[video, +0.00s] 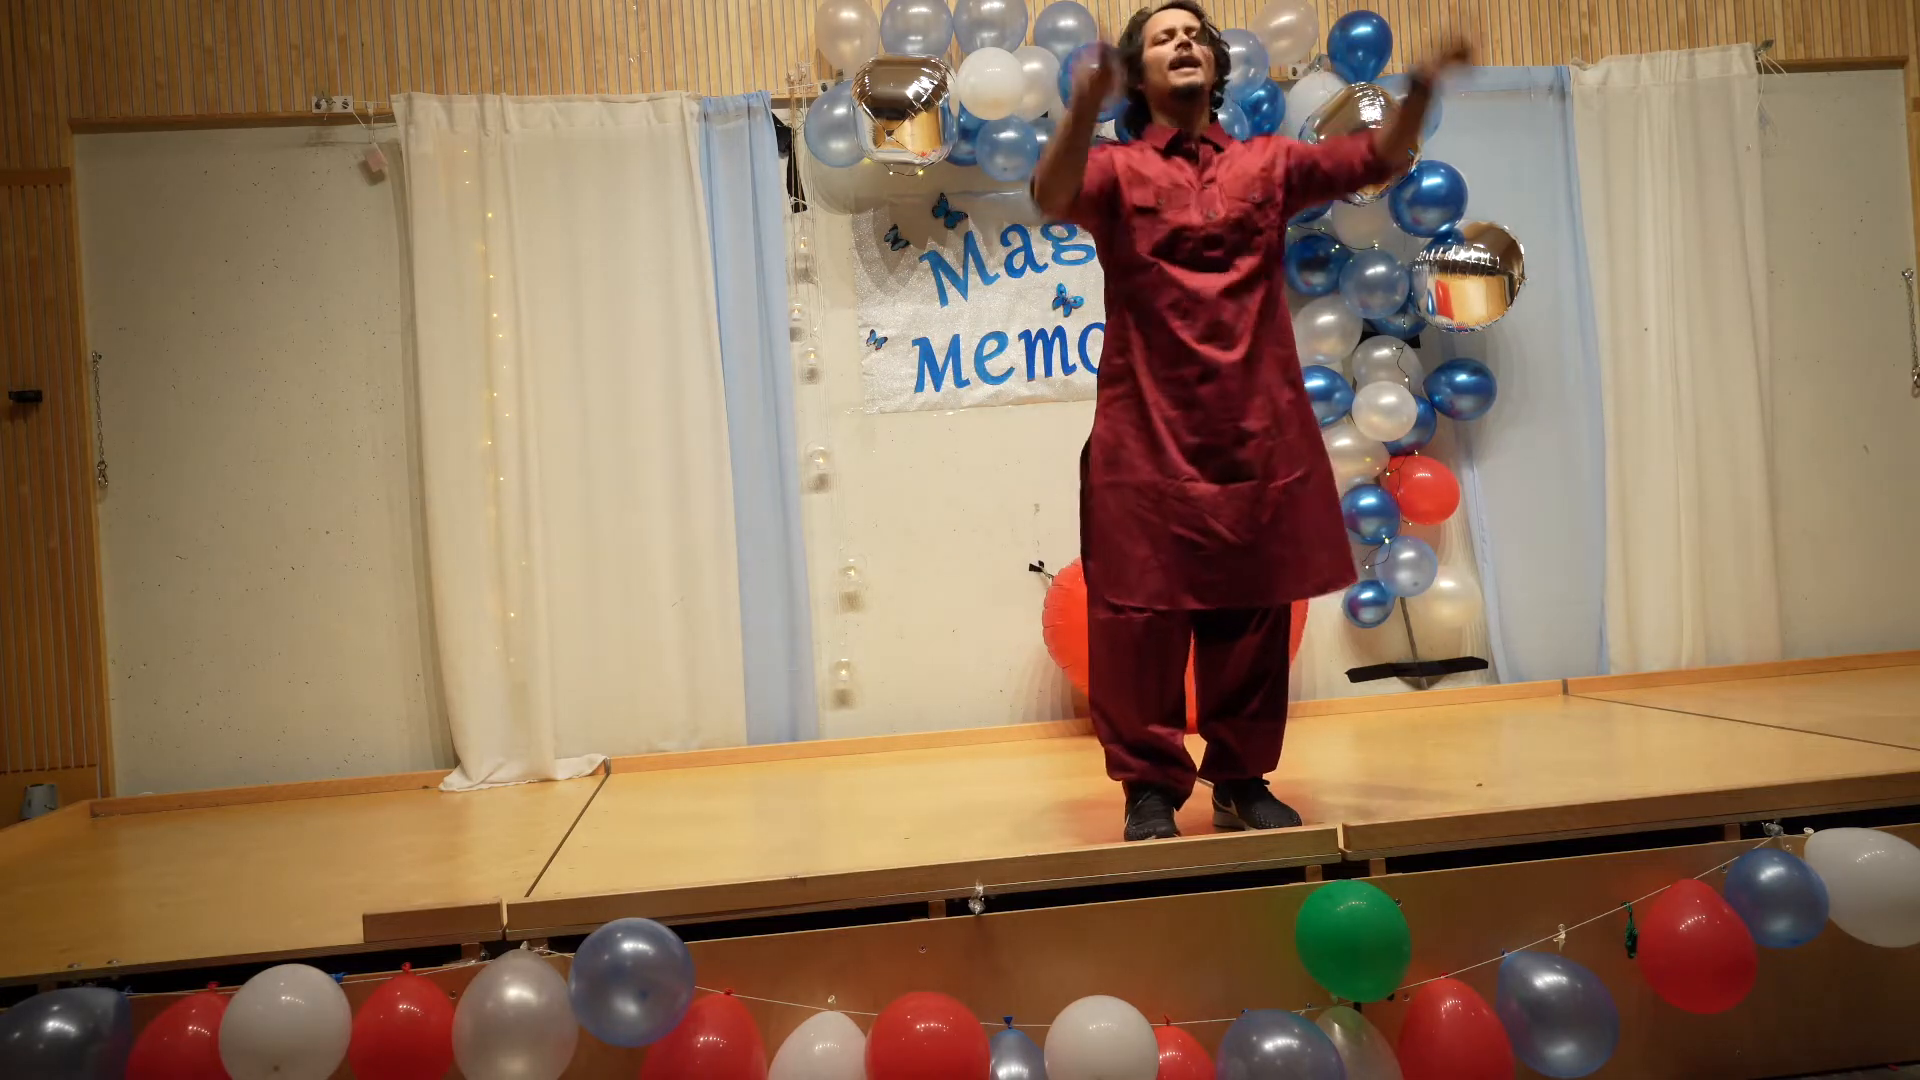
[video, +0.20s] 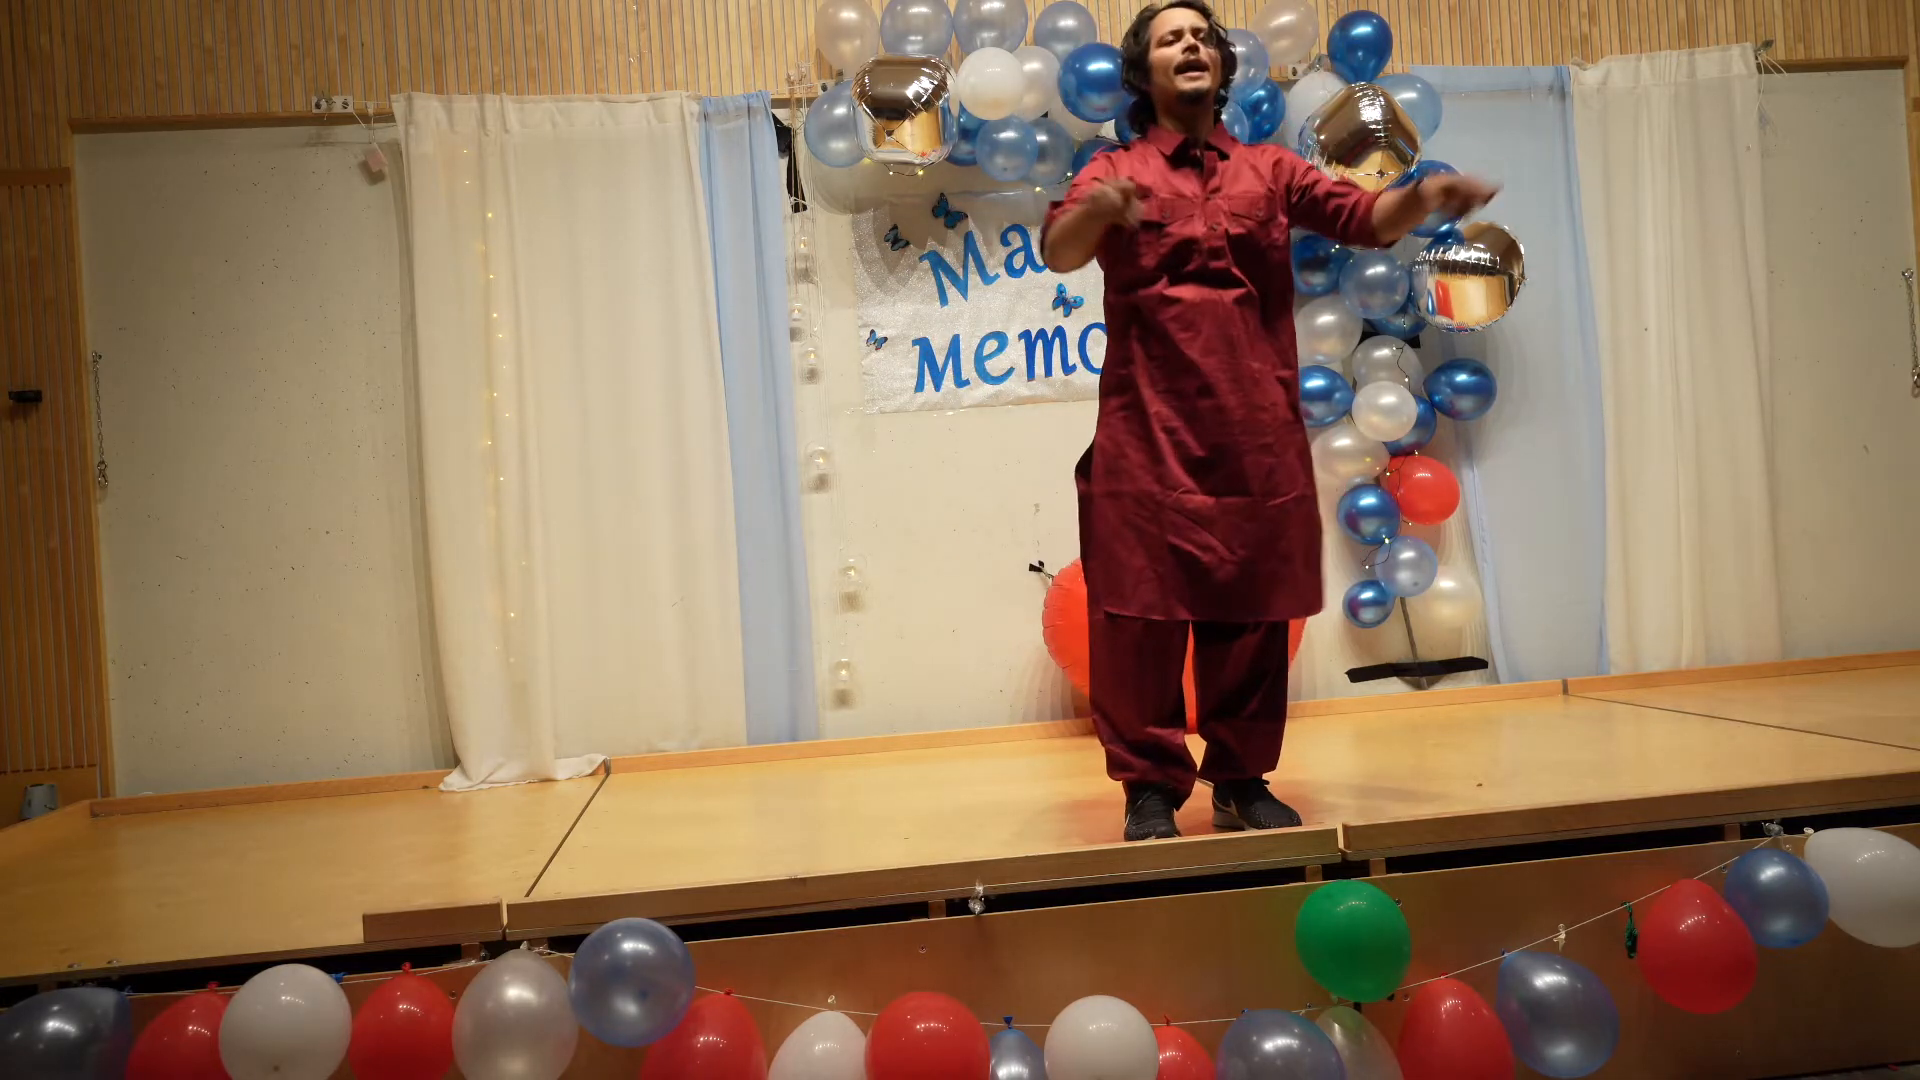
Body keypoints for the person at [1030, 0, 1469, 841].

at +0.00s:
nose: (1184, 45)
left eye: (1197, 36)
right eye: (1163, 38)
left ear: (1218, 67)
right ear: (1135, 73)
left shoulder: (1265, 159)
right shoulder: (1113, 164)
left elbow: (1380, 158)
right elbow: (1051, 195)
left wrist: (1422, 87)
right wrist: (1084, 104)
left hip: (1253, 422)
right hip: (1147, 423)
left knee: (1253, 612)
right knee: (1141, 613)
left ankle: (1243, 784)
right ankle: (1150, 791)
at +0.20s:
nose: (1192, 48)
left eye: (1205, 38)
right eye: (1171, 39)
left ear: (1226, 66)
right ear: (1140, 73)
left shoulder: (1270, 165)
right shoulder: (1112, 167)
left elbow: (1368, 220)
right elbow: (1056, 253)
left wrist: (1422, 195)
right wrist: (1099, 209)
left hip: (1256, 429)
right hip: (1149, 431)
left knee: (1251, 613)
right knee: (1140, 613)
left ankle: (1241, 783)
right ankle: (1150, 791)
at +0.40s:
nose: (1197, 50)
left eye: (1209, 40)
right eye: (1177, 41)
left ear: (1227, 66)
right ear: (1145, 71)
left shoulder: (1269, 164)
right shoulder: (1121, 165)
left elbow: (1339, 233)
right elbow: (1090, 252)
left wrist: (1367, 213)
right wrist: (1159, 213)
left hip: (1255, 420)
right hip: (1149, 421)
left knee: (1253, 604)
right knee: (1143, 607)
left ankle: (1242, 783)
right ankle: (1152, 789)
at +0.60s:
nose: (1199, 50)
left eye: (1210, 40)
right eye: (1178, 41)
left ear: (1231, 68)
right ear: (1146, 75)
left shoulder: (1268, 163)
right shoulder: (1120, 170)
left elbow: (1335, 242)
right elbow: (1113, 254)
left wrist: (1307, 208)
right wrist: (1199, 212)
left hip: (1258, 425)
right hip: (1153, 427)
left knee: (1252, 606)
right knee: (1143, 609)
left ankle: (1242, 785)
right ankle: (1150, 791)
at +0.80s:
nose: (1198, 51)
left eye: (1210, 41)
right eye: (1177, 43)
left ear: (1231, 69)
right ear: (1146, 76)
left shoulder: (1268, 162)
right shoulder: (1119, 170)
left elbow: (1332, 241)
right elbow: (1110, 258)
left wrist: (1308, 211)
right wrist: (1197, 214)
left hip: (1257, 423)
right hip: (1153, 424)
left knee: (1252, 605)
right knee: (1142, 607)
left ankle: (1242, 785)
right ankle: (1150, 791)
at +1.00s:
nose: (1197, 53)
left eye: (1210, 43)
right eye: (1177, 45)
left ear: (1231, 71)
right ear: (1146, 77)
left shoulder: (1269, 164)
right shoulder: (1119, 173)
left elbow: (1328, 251)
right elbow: (1112, 265)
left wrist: (1305, 223)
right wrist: (1204, 225)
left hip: (1257, 424)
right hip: (1152, 426)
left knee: (1252, 607)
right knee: (1142, 609)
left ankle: (1241, 784)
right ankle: (1150, 790)